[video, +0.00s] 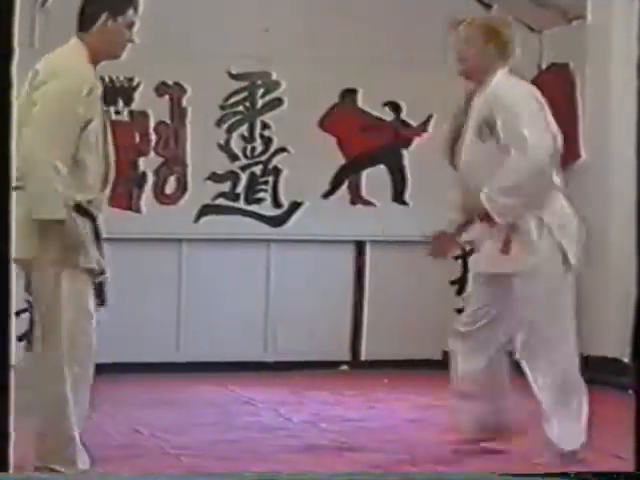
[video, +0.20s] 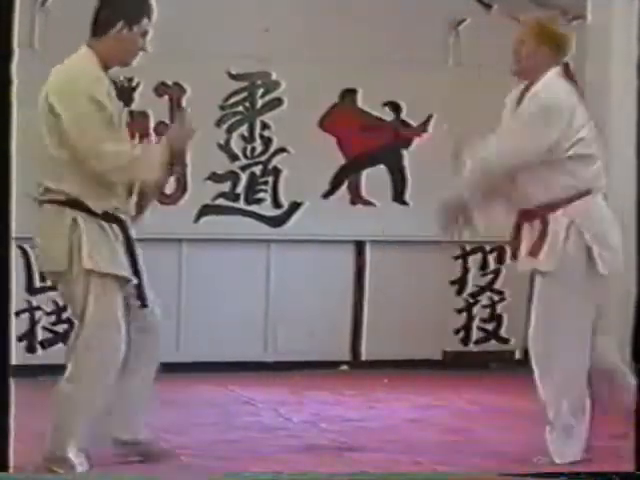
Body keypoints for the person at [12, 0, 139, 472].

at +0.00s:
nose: (133, 36)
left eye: (134, 26)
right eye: (129, 24)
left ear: (99, 22)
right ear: (104, 22)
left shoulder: (66, 69)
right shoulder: (71, 74)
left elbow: (49, 153)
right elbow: (45, 152)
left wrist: (77, 223)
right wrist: (61, 225)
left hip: (58, 227)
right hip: (58, 230)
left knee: (61, 344)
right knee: (67, 346)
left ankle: (57, 449)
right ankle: (60, 454)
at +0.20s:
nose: (143, 47)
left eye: (146, 38)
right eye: (142, 35)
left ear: (113, 28)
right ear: (119, 29)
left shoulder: (98, 84)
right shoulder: (76, 81)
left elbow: (111, 171)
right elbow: (107, 161)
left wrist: (156, 183)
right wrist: (167, 148)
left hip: (103, 226)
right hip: (77, 226)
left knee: (144, 325)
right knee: (102, 334)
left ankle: (129, 434)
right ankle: (63, 450)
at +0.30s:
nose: (148, 57)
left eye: (151, 47)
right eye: (147, 44)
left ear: (122, 37)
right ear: (124, 37)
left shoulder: (105, 90)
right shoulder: (84, 88)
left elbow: (135, 160)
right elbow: (131, 157)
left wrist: (169, 130)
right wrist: (188, 129)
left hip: (115, 232)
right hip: (86, 232)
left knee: (160, 336)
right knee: (114, 343)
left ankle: (184, 435)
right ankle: (64, 452)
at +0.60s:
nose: (174, 55)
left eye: (176, 46)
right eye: (172, 44)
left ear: (149, 39)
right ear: (149, 37)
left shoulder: (142, 91)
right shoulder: (113, 92)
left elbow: (186, 131)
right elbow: (152, 169)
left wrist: (250, 116)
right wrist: (200, 173)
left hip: (167, 228)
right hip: (135, 230)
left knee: (211, 332)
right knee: (168, 342)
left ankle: (217, 446)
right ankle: (98, 451)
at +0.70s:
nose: (175, 51)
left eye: (178, 42)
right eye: (173, 41)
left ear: (148, 35)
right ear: (150, 34)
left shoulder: (150, 91)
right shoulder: (113, 90)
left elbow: (199, 131)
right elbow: (145, 170)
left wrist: (265, 116)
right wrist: (192, 179)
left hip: (172, 228)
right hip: (136, 231)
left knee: (212, 334)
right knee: (162, 347)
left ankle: (219, 445)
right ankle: (104, 457)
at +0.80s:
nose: (180, 50)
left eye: (182, 41)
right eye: (177, 39)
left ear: (158, 36)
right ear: (153, 33)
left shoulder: (159, 94)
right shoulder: (111, 89)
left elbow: (201, 143)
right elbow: (134, 171)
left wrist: (269, 123)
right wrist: (188, 181)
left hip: (172, 228)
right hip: (133, 231)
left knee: (210, 334)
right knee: (155, 347)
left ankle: (216, 444)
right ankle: (106, 455)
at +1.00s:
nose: (198, 61)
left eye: (200, 51)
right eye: (196, 49)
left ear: (170, 47)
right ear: (173, 44)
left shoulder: (169, 103)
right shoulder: (130, 101)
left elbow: (203, 161)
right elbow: (144, 188)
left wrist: (249, 133)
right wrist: (194, 207)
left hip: (170, 240)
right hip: (134, 241)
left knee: (216, 326)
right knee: (159, 352)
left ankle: (220, 439)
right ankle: (107, 456)